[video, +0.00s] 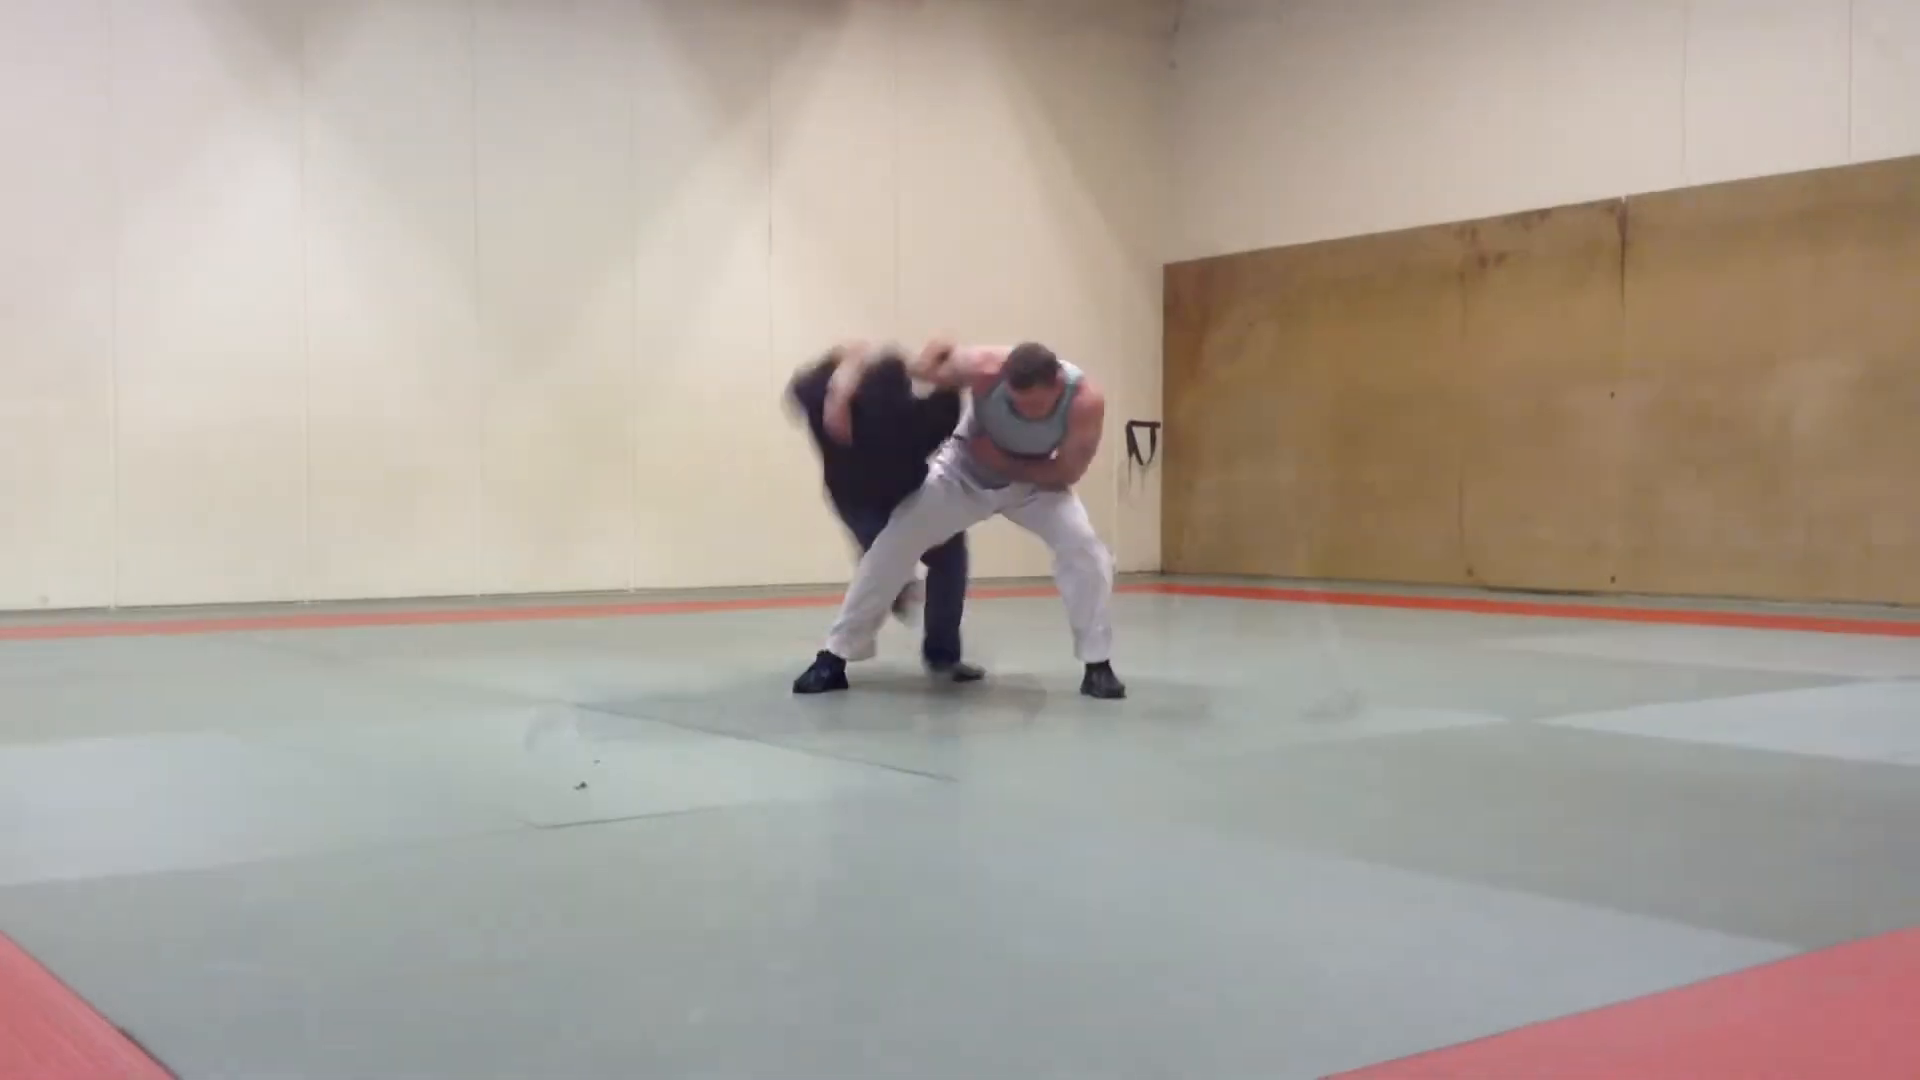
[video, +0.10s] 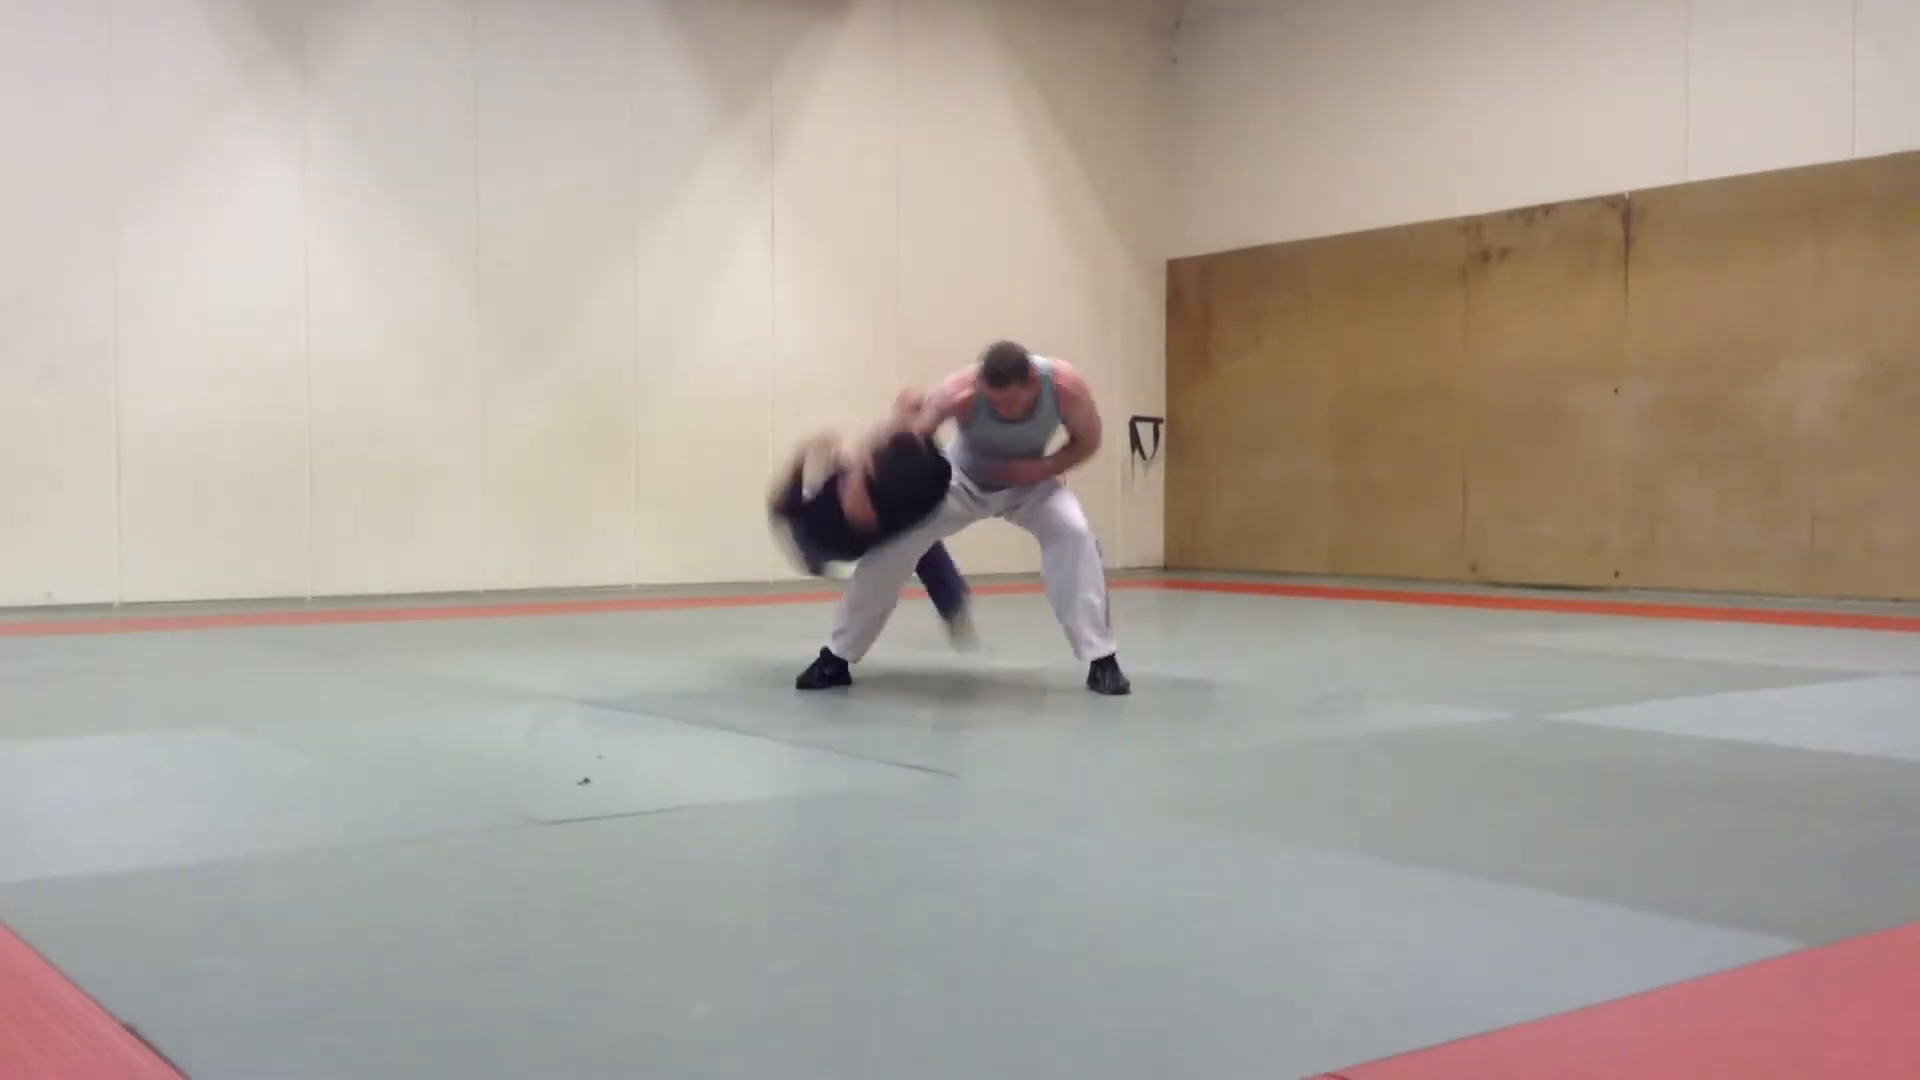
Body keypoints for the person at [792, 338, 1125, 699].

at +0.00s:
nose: (1030, 415)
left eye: (1039, 408)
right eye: (1021, 406)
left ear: (1058, 385)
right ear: (1008, 383)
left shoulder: (1085, 401)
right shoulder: (986, 367)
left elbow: (1064, 475)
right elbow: (924, 370)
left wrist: (1001, 462)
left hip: (1037, 486)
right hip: (965, 474)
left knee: (1085, 550)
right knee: (895, 542)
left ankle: (1098, 666)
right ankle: (834, 658)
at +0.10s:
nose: (1007, 412)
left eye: (1015, 403)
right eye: (996, 403)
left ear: (1033, 382)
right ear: (982, 384)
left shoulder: (1065, 385)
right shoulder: (960, 393)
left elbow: (1088, 442)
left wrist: (1040, 471)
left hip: (1032, 489)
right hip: (962, 486)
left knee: (1074, 534)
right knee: (890, 550)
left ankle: (1101, 659)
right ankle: (837, 658)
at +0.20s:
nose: (955, 422)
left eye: (964, 414)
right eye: (950, 414)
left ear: (994, 395)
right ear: (943, 403)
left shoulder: (1028, 377)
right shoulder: (937, 423)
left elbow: (1074, 395)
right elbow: (913, 485)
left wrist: (1066, 443)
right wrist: (916, 524)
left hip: (1028, 475)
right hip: (961, 482)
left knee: (1075, 528)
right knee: (915, 544)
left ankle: (1110, 651)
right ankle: (845, 649)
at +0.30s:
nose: (933, 454)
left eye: (940, 444)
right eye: (928, 447)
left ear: (971, 422)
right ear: (922, 433)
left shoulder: (1000, 386)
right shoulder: (927, 459)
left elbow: (1059, 378)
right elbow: (924, 544)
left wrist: (1052, 437)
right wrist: (949, 618)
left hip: (1023, 470)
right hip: (956, 485)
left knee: (1071, 522)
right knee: (896, 538)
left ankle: (1116, 645)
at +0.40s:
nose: (930, 478)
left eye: (938, 468)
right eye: (925, 471)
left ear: (962, 439)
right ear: (913, 452)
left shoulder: (987, 397)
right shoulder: (919, 470)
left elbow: (1070, 407)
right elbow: (935, 556)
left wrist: (1040, 462)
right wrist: (967, 621)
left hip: (1013, 464)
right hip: (948, 486)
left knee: (1066, 513)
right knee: (871, 531)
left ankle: (1115, 638)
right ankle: (845, 627)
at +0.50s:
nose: (927, 474)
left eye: (934, 463)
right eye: (921, 466)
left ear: (960, 435)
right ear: (909, 451)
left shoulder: (987, 398)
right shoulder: (914, 467)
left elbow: (1063, 450)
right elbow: (931, 551)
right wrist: (939, 626)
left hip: (1006, 463)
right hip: (938, 478)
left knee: (1061, 515)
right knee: (855, 524)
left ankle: (1114, 638)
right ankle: (830, 634)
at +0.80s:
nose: (938, 484)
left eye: (948, 472)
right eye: (933, 476)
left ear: (970, 444)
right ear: (918, 453)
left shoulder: (992, 397)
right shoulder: (913, 456)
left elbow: (1041, 460)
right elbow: (929, 535)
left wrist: (989, 514)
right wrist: (946, 608)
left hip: (1003, 461)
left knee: (1060, 525)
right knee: (855, 520)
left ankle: (1120, 635)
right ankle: (834, 623)